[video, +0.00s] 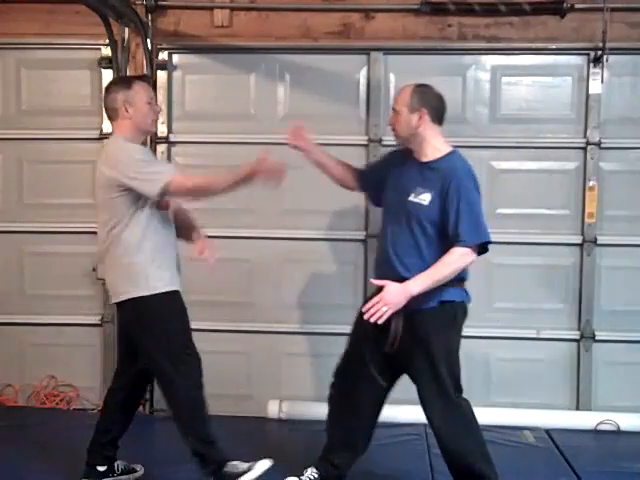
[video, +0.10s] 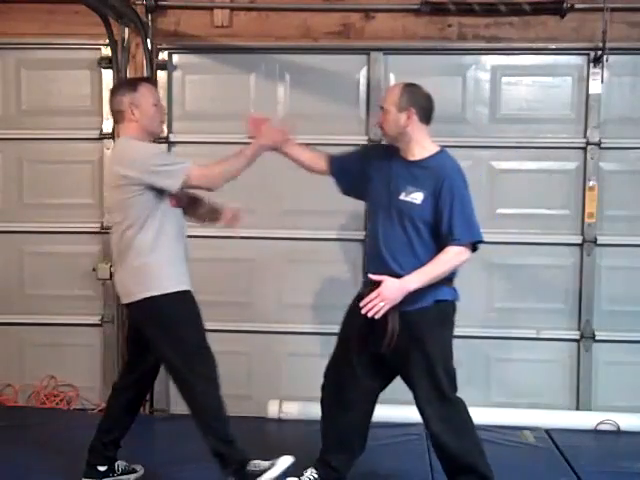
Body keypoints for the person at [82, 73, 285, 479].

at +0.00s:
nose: (158, 108)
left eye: (156, 101)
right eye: (150, 101)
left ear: (127, 111)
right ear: (126, 109)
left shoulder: (127, 152)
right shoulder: (123, 153)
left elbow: (164, 201)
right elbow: (184, 186)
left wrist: (192, 232)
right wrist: (249, 172)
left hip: (141, 282)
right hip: (146, 283)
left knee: (133, 376)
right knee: (183, 370)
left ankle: (100, 461)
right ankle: (215, 463)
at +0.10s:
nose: (163, 110)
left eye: (160, 103)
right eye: (155, 104)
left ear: (131, 112)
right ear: (131, 110)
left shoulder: (128, 153)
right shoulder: (132, 153)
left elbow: (177, 198)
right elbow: (205, 177)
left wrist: (216, 213)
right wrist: (258, 146)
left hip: (147, 286)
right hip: (159, 286)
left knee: (137, 377)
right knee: (199, 375)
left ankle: (101, 461)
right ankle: (236, 465)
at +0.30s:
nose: (195, 113)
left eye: (193, 107)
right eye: (187, 107)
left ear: (162, 116)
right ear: (164, 114)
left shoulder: (152, 157)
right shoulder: (175, 150)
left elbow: (203, 216)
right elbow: (239, 189)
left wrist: (268, 198)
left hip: (171, 291)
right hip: (193, 290)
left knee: (155, 376)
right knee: (229, 385)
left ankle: (105, 456)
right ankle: (254, 471)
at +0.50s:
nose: (236, 115)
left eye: (233, 108)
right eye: (230, 109)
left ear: (196, 118)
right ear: (208, 114)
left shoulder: (169, 169)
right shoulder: (228, 144)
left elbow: (194, 226)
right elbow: (297, 176)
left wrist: (259, 232)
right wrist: (262, 172)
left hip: (191, 292)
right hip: (232, 287)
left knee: (197, 368)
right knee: (261, 381)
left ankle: (145, 446)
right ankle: (266, 469)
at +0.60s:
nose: (244, 114)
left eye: (242, 107)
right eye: (239, 107)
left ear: (202, 115)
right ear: (217, 111)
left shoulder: (174, 167)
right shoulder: (239, 140)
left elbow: (194, 224)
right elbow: (313, 166)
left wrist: (258, 228)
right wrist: (297, 148)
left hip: (193, 288)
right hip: (240, 283)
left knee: (194, 371)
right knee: (260, 380)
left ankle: (155, 460)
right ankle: (267, 468)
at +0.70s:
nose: (247, 114)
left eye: (246, 106)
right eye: (242, 106)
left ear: (204, 113)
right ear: (220, 109)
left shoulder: (176, 164)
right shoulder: (242, 140)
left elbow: (201, 226)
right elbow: (323, 155)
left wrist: (266, 223)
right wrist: (341, 133)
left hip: (196, 288)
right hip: (243, 284)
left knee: (189, 372)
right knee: (261, 381)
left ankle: (153, 461)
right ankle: (266, 468)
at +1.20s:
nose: (270, 113)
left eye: (269, 105)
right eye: (264, 105)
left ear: (231, 109)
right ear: (237, 107)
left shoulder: (211, 145)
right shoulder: (245, 141)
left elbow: (250, 222)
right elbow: (319, 161)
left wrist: (312, 213)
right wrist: (320, 135)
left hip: (208, 286)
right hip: (243, 286)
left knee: (197, 371)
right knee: (271, 379)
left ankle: (149, 457)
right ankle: (268, 469)